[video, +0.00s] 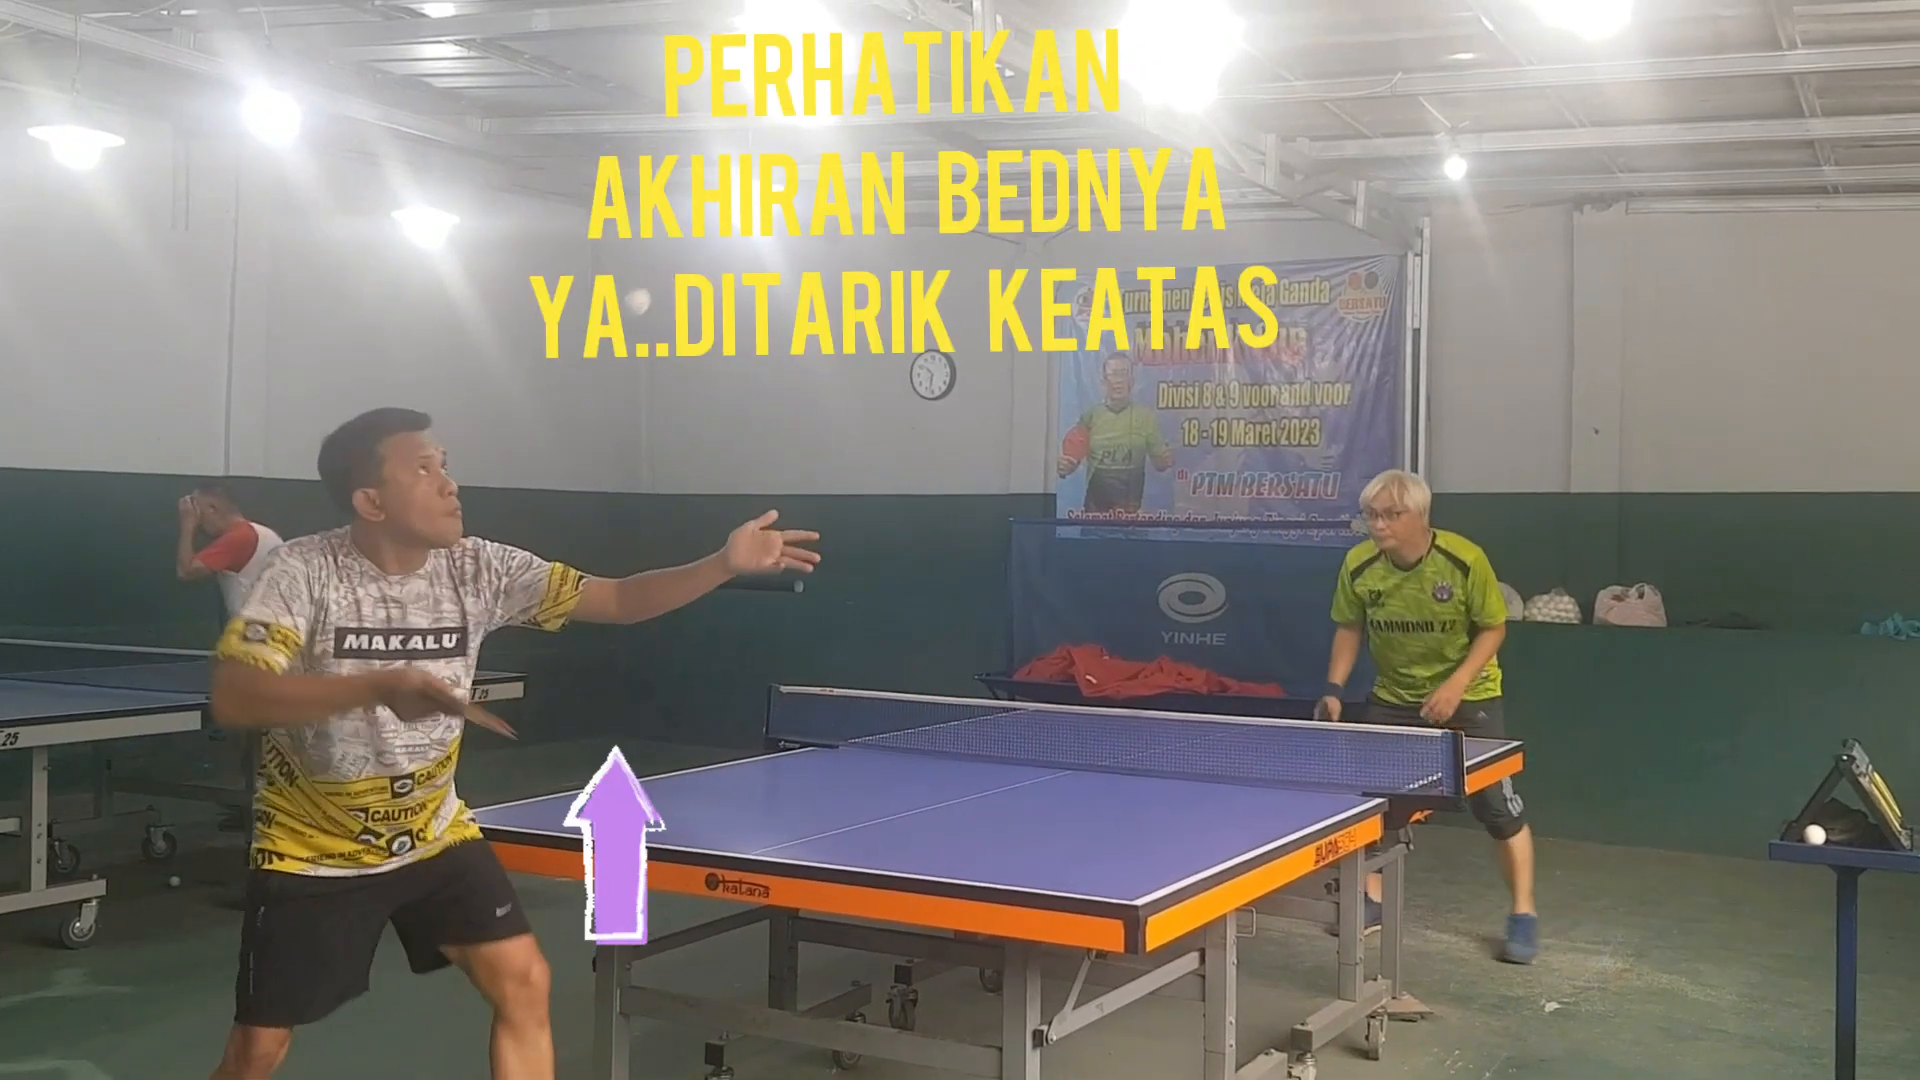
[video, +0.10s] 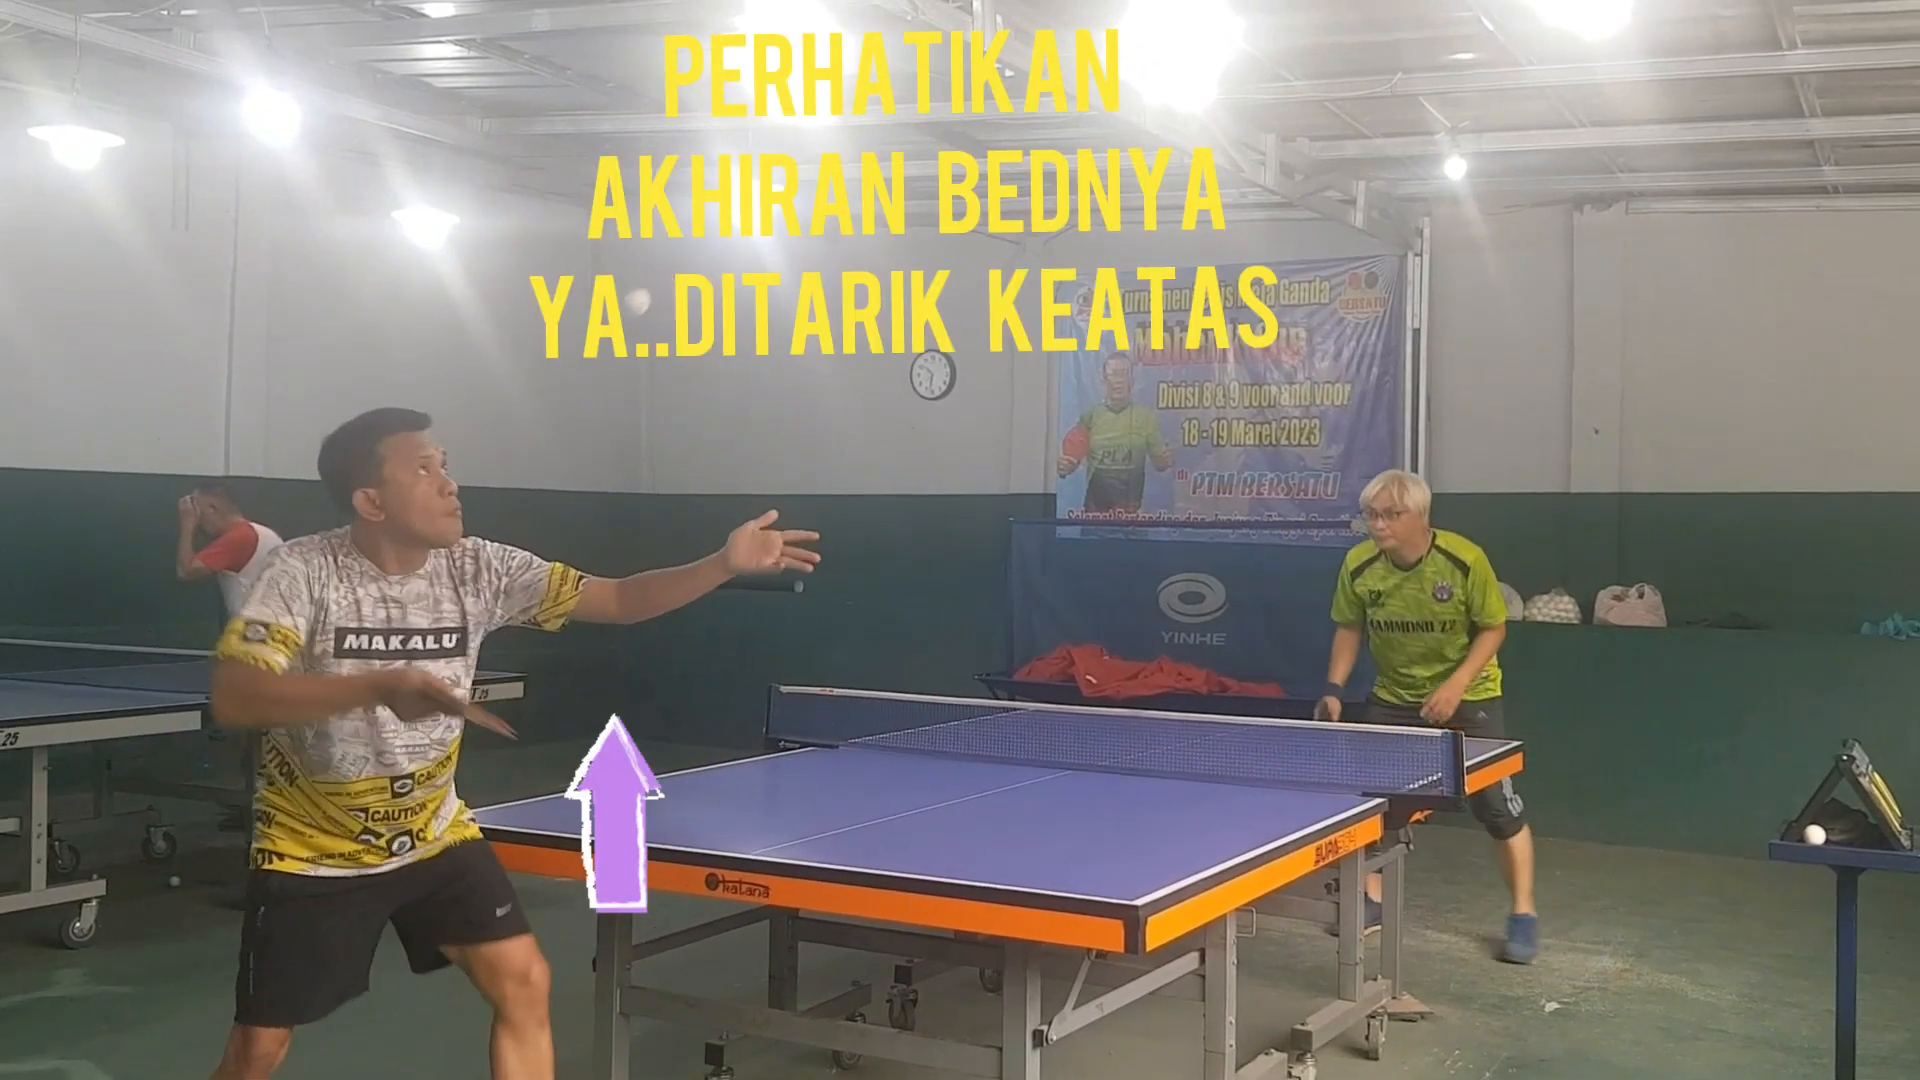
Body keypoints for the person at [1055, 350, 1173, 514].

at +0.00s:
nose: (1117, 381)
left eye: (1123, 374)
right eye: (1111, 375)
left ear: (1132, 380)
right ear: (1103, 381)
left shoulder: (1145, 417)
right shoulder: (1091, 417)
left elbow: (1158, 461)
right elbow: (1075, 449)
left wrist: (1165, 459)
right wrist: (1065, 465)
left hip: (1130, 504)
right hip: (1096, 505)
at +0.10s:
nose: (1117, 381)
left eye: (1123, 374)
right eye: (1111, 375)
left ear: (1132, 380)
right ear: (1103, 381)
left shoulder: (1145, 417)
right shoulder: (1091, 417)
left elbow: (1158, 461)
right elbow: (1075, 449)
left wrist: (1165, 459)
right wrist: (1065, 465)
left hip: (1130, 504)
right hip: (1096, 505)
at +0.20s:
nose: (1117, 381)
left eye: (1122, 375)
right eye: (1111, 375)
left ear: (1131, 380)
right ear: (1103, 381)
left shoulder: (1144, 417)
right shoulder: (1090, 418)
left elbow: (1158, 461)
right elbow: (1074, 450)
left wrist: (1165, 460)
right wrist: (1064, 465)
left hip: (1130, 505)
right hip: (1095, 505)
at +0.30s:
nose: (1117, 381)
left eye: (1122, 375)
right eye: (1111, 375)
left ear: (1131, 380)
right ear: (1103, 381)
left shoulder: (1144, 417)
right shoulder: (1091, 417)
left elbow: (1158, 461)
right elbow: (1074, 449)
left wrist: (1165, 460)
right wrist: (1064, 466)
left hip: (1129, 504)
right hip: (1095, 505)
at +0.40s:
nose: (1117, 381)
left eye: (1122, 374)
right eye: (1111, 375)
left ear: (1131, 380)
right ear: (1103, 380)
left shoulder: (1144, 417)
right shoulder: (1091, 416)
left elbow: (1158, 461)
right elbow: (1074, 448)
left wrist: (1165, 460)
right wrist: (1064, 465)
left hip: (1129, 504)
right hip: (1095, 504)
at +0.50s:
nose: (1117, 382)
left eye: (1122, 375)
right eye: (1111, 375)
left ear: (1132, 380)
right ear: (1103, 381)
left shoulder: (1145, 417)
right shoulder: (1091, 417)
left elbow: (1158, 461)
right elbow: (1074, 449)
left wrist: (1165, 461)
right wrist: (1065, 466)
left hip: (1130, 504)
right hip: (1095, 505)